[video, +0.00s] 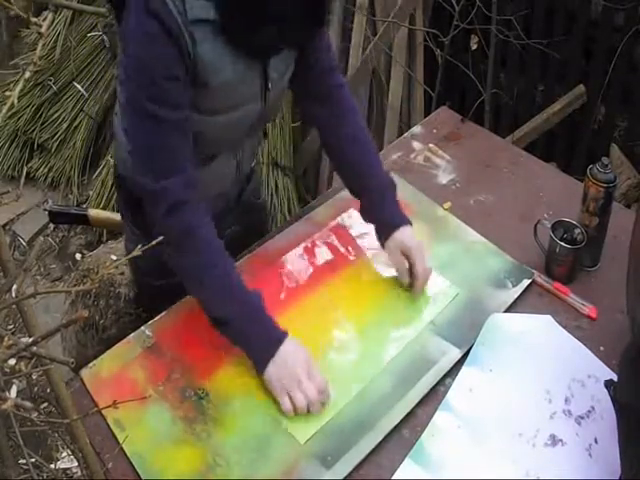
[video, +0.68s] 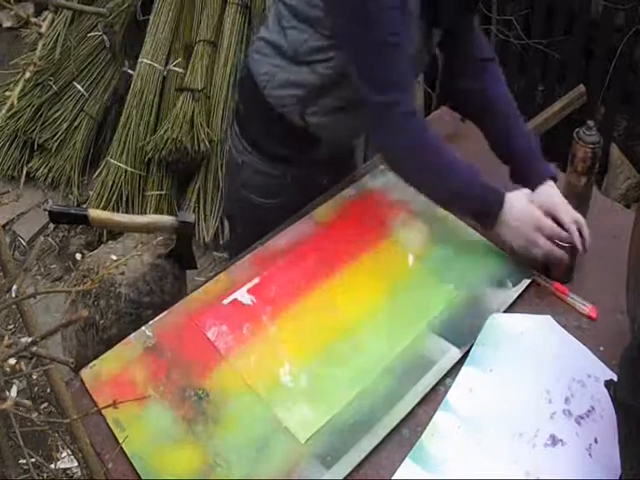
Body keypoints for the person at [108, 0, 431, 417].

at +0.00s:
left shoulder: (292, 14)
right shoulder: (158, 22)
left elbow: (329, 99)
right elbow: (169, 193)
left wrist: (390, 219)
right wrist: (266, 342)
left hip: (240, 186)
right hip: (166, 210)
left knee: (271, 304)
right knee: (176, 342)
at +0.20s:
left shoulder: (374, 6)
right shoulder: (235, 9)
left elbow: (431, 48)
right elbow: (196, 117)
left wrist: (520, 117)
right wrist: (285, 193)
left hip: (299, 204)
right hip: (224, 210)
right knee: (218, 347)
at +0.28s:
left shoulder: (422, 6)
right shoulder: (275, 6)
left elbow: (464, 75)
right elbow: (231, 66)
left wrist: (552, 162)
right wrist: (311, 155)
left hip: (332, 173)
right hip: (254, 173)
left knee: (320, 312)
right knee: (255, 316)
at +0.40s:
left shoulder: (423, 9)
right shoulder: (325, 8)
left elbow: (443, 64)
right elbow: (331, 109)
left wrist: (518, 140)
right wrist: (451, 178)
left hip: (345, 140)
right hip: (269, 139)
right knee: (261, 290)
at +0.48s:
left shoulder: (428, 8)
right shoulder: (359, 8)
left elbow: (453, 65)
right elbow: (413, 101)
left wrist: (523, 166)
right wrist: (532, 193)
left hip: (335, 131)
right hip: (271, 124)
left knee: (321, 281)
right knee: (258, 293)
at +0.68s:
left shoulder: (446, 9)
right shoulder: (371, 9)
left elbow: (474, 69)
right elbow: (393, 124)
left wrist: (539, 178)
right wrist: (496, 207)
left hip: (350, 136)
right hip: (281, 136)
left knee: (339, 285)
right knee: (261, 296)